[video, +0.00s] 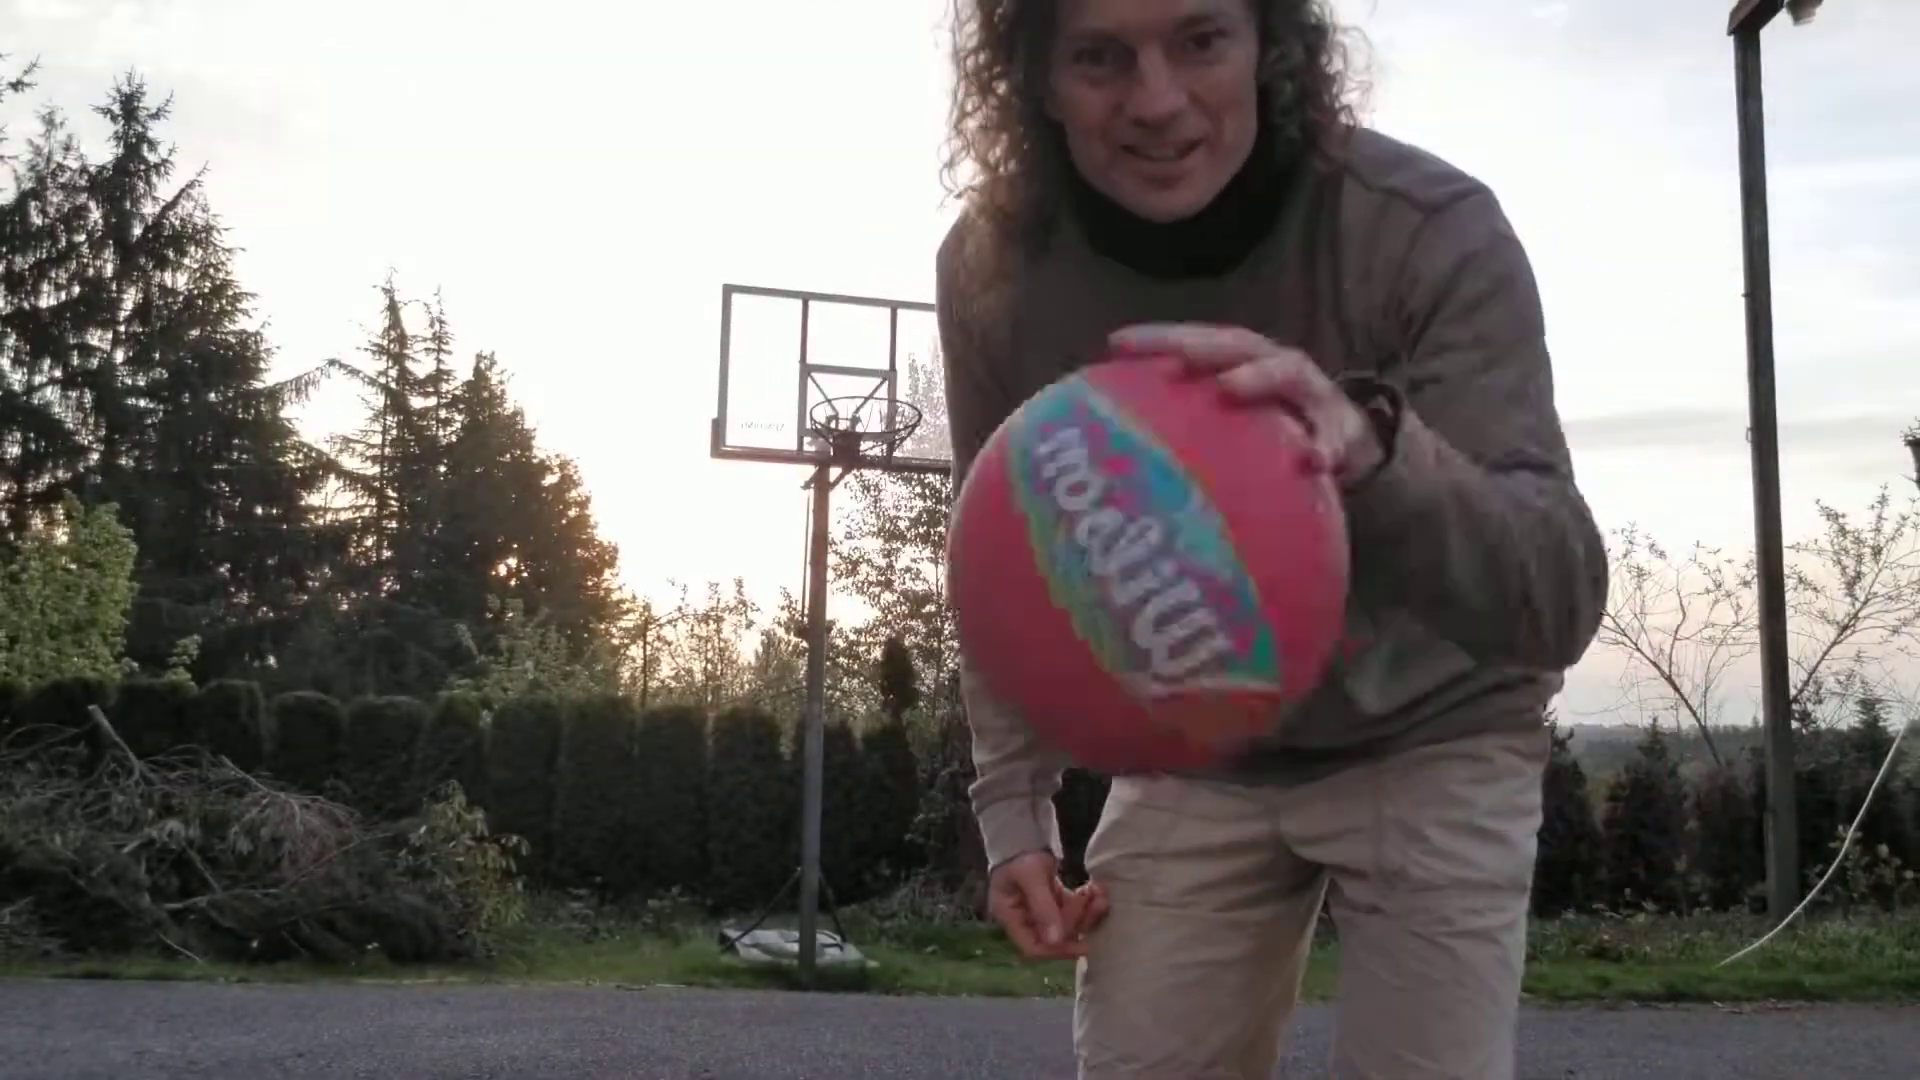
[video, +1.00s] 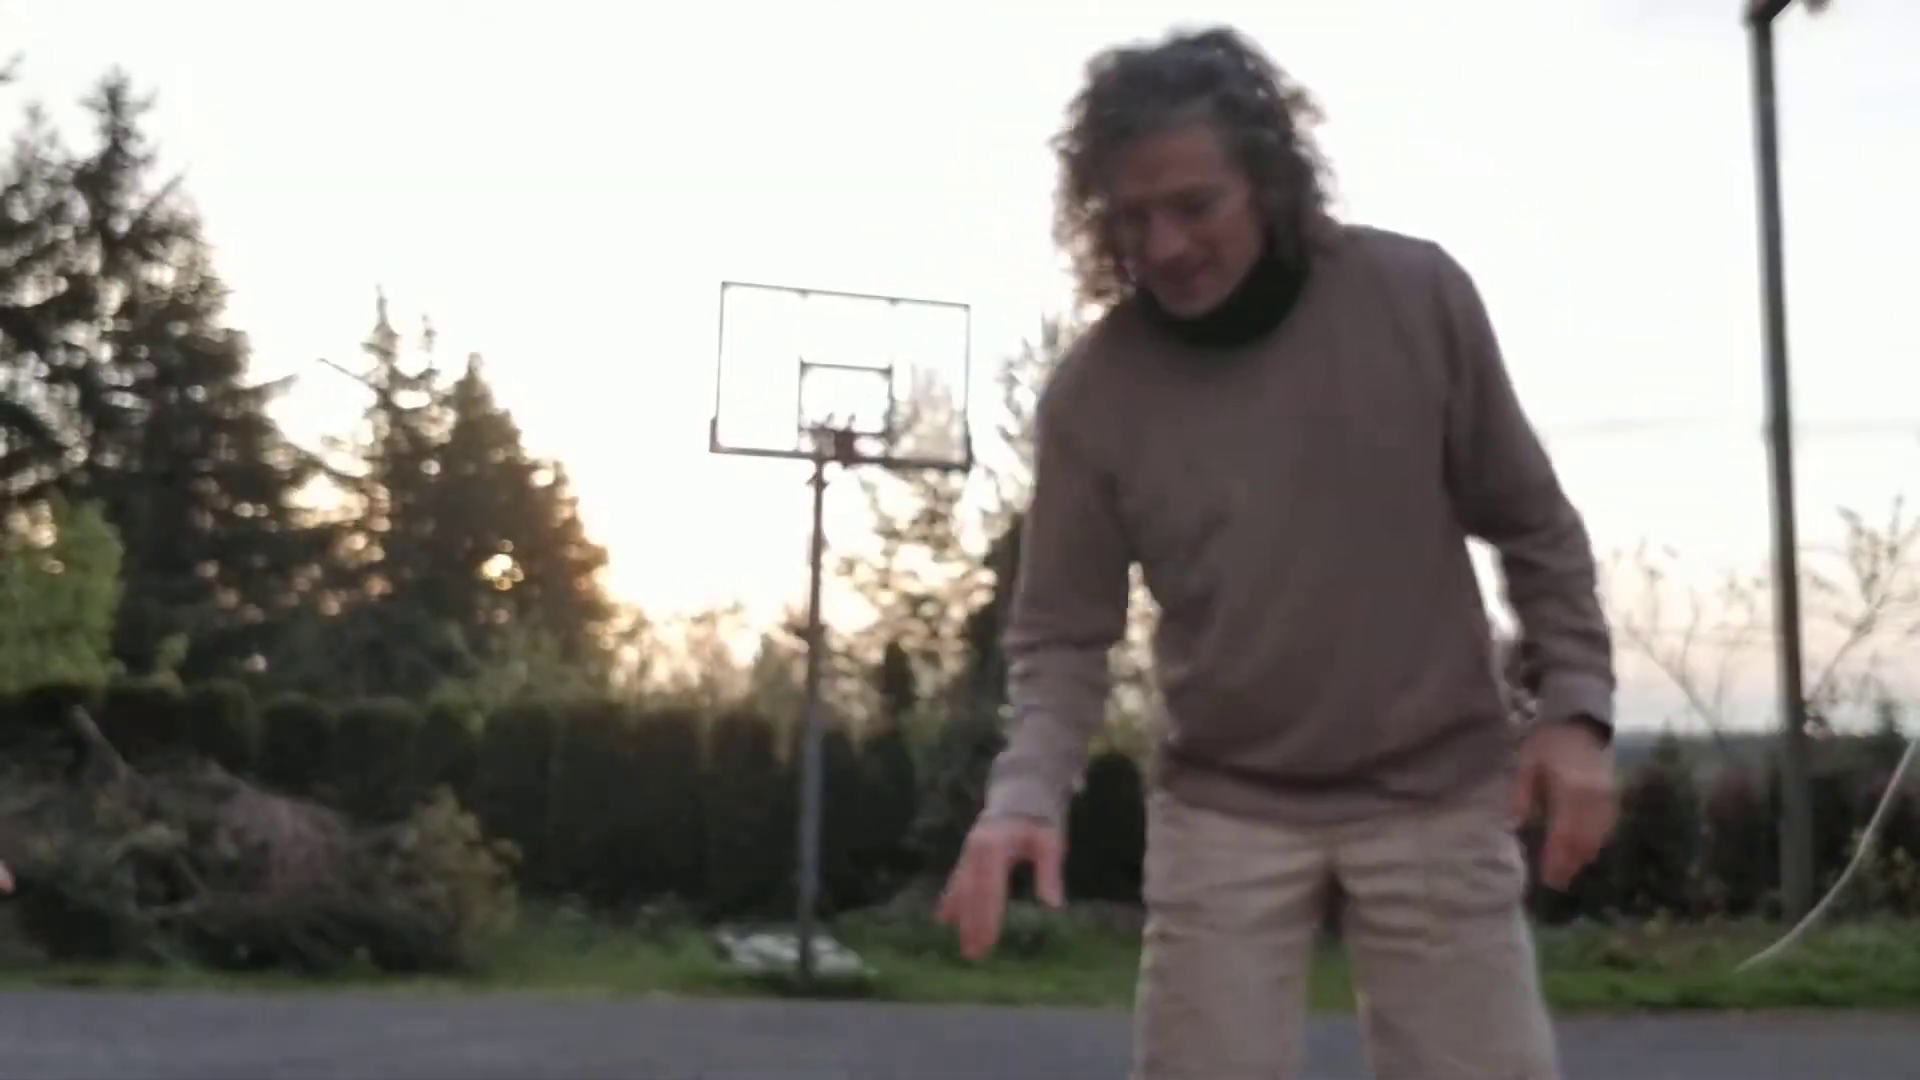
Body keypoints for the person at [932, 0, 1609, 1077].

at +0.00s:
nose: (1158, 105)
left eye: (1201, 41)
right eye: (1100, 58)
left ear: (1272, 43)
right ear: (1036, 79)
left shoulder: (1428, 231)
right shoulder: (998, 264)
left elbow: (1557, 595)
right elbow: (1002, 567)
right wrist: (1015, 812)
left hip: (1438, 751)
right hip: (1184, 763)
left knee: (1427, 1058)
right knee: (1137, 1057)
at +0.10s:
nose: (1135, 130)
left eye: (1178, 71)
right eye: (1087, 85)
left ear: (1259, 51)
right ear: (1039, 88)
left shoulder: (1419, 218)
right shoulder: (1020, 266)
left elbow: (1528, 554)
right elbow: (1039, 589)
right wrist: (1050, 852)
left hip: (1441, 757)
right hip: (1192, 770)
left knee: (1443, 1061)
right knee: (1166, 1065)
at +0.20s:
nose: (1123, 150)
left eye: (1163, 93)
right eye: (1077, 104)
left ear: (1249, 60)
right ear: (1034, 92)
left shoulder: (1413, 225)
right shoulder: (1034, 261)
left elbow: (1516, 582)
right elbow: (1055, 564)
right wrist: (1056, 792)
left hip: (1446, 773)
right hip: (1204, 782)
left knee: (1458, 1057)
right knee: (1145, 1055)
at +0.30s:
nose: (1126, 150)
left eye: (1164, 96)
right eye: (1080, 107)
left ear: (1253, 61)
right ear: (1037, 95)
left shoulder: (1424, 229)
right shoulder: (1043, 261)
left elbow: (1544, 556)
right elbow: (1060, 528)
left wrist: (1565, 876)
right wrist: (1066, 720)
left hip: (1445, 764)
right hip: (1203, 776)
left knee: (1480, 1056)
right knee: (1153, 1057)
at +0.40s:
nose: (1143, 138)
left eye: (1181, 87)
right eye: (1101, 99)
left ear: (1266, 54)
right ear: (1064, 93)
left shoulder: (1435, 219)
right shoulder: (1049, 262)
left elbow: (1569, 523)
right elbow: (1044, 499)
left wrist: (1675, 804)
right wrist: (1074, 596)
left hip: (1443, 762)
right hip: (1200, 775)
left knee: (1489, 1058)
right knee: (1157, 1057)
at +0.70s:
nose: (1219, 88)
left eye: (1250, 42)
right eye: (1174, 57)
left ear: (1311, 47)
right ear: (1125, 81)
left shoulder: (1447, 224)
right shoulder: (1081, 304)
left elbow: (1603, 466)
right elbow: (1055, 557)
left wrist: (1741, 654)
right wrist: (994, 655)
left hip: (1445, 761)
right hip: (1205, 773)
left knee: (1513, 1067)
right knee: (1183, 1066)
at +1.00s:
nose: (1166, 246)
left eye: (1196, 206)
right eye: (1132, 216)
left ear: (1270, 181)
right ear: (1101, 216)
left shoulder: (1415, 299)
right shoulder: (1094, 395)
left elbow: (1535, 526)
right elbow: (1059, 638)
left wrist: (1575, 713)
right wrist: (1025, 802)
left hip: (1438, 800)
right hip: (1225, 813)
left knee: (1491, 1065)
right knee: (1202, 1065)